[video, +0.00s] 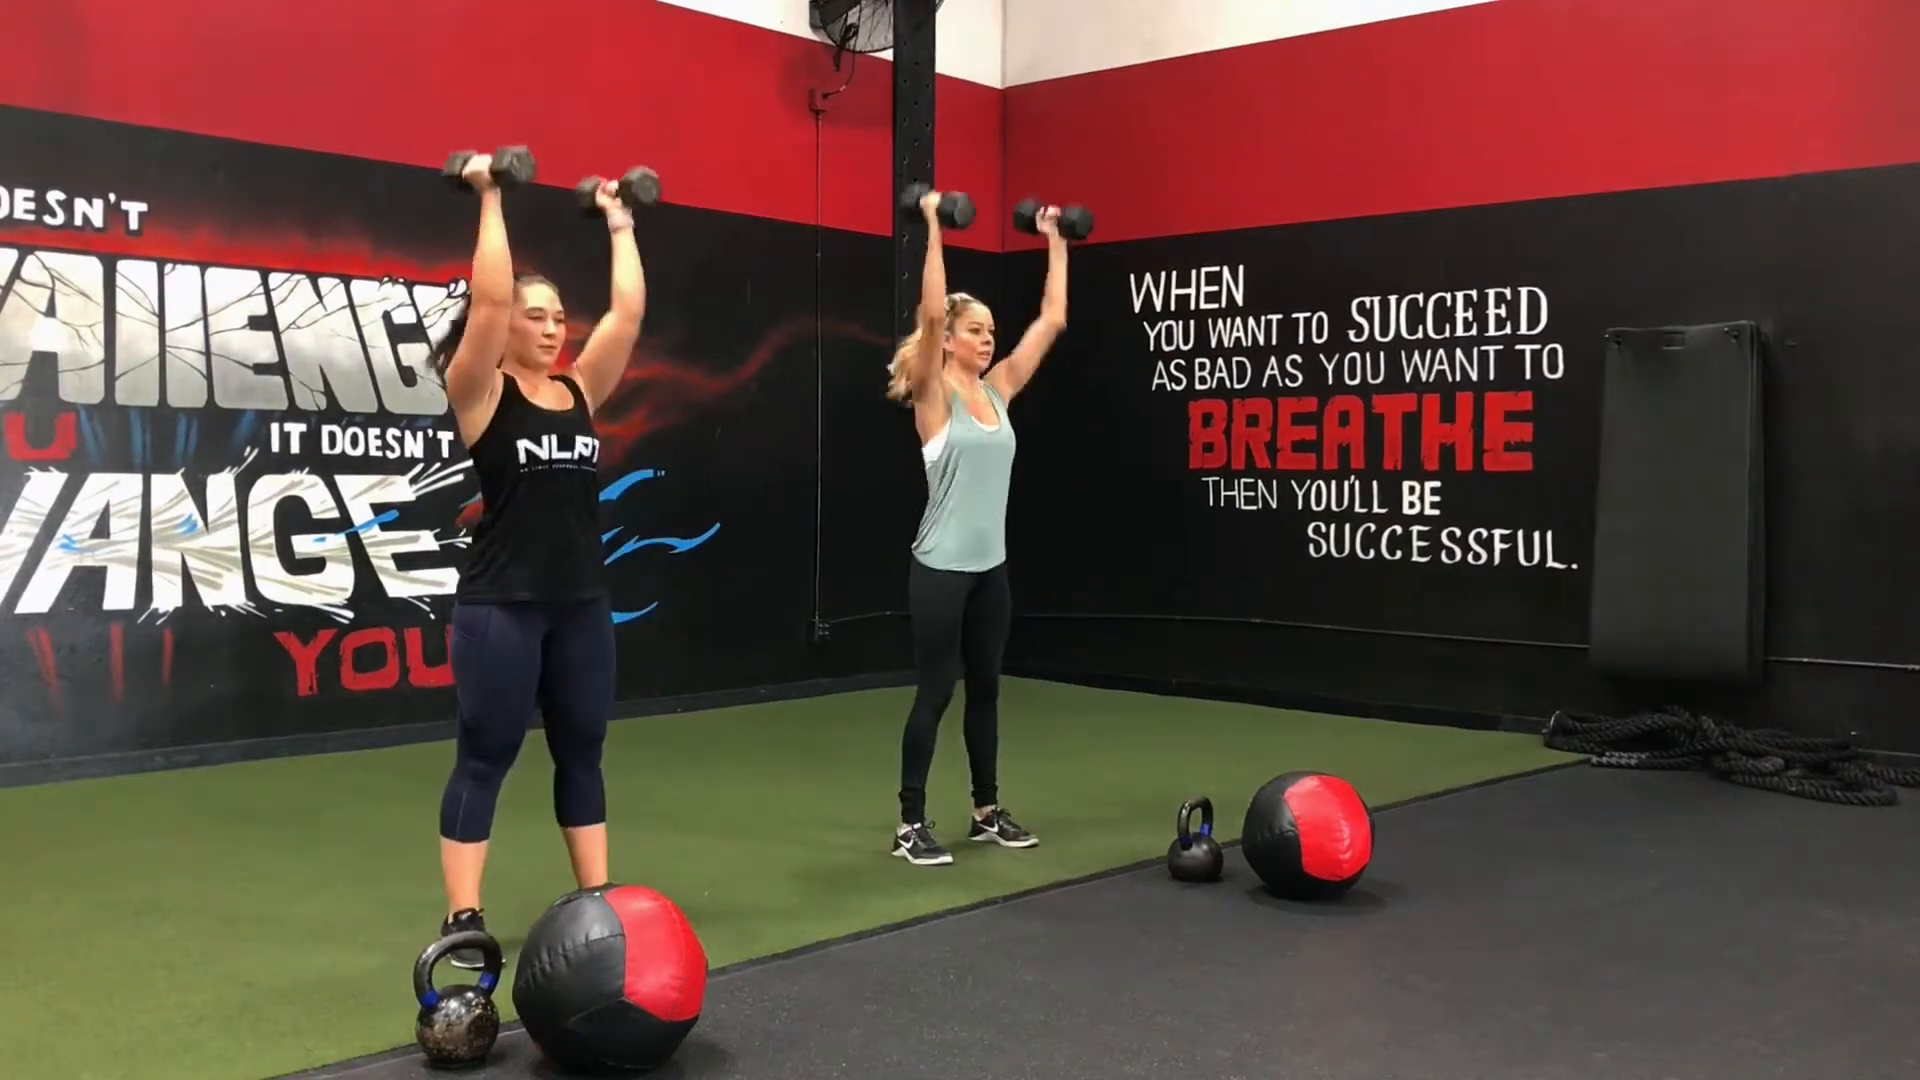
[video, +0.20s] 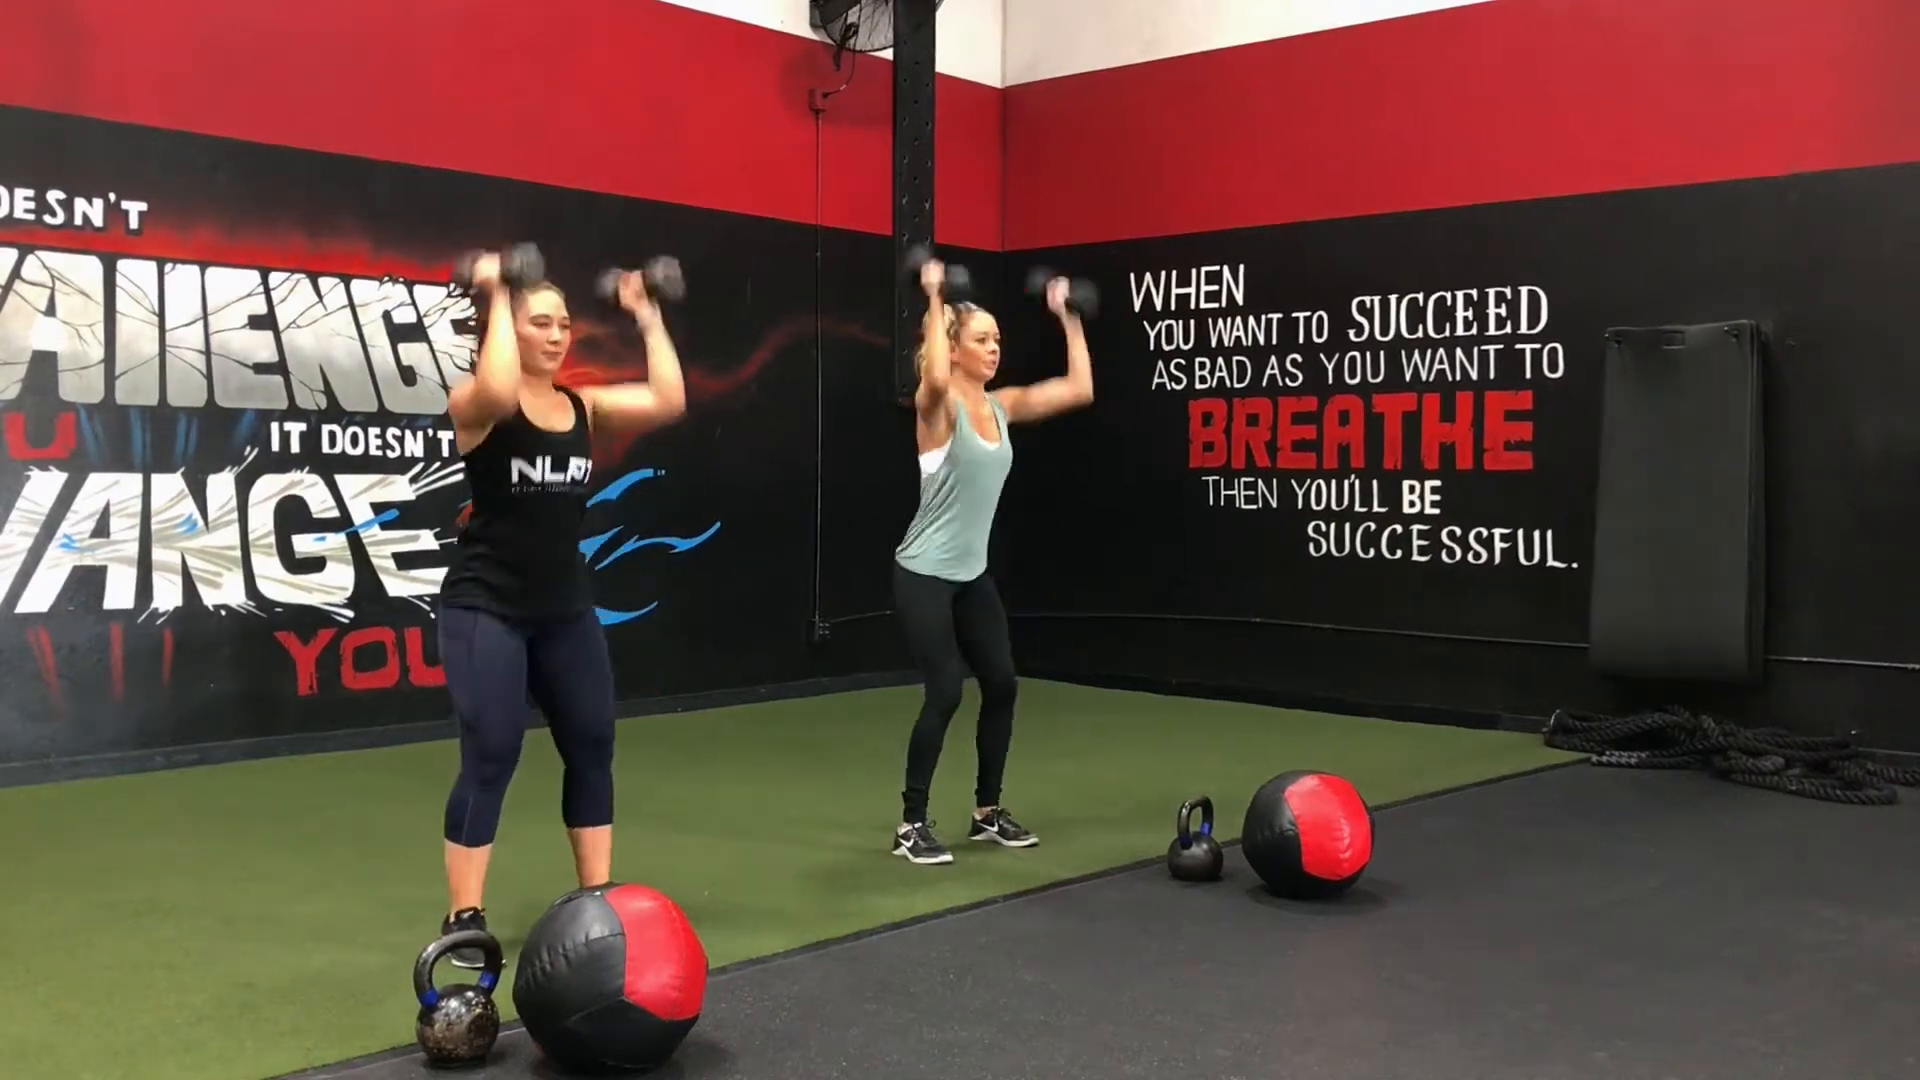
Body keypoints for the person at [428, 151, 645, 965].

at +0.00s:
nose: (554, 326)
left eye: (559, 315)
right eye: (537, 314)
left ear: (566, 325)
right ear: (499, 319)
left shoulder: (578, 388)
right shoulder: (477, 391)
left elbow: (628, 307)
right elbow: (492, 299)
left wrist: (618, 214)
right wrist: (491, 195)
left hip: (580, 606)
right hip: (500, 607)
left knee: (583, 753)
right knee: (485, 757)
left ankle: (598, 906)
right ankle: (464, 920)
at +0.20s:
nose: (556, 333)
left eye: (562, 321)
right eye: (541, 321)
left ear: (569, 330)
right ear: (507, 329)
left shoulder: (583, 404)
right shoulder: (476, 402)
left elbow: (667, 402)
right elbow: (498, 388)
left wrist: (646, 313)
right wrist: (495, 298)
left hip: (566, 609)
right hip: (485, 608)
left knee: (592, 741)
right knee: (491, 750)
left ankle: (597, 904)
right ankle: (465, 918)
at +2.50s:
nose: (566, 527)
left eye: (578, 515)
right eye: (556, 514)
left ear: (592, 521)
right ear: (532, 519)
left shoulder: (602, 575)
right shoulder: (491, 575)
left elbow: (634, 673)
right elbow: (507, 689)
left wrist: (652, 586)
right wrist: (515, 595)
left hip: (538, 716)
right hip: (452, 712)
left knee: (640, 764)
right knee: (492, 785)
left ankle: (598, 909)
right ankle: (464, 925)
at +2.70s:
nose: (565, 354)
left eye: (569, 341)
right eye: (552, 341)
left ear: (574, 348)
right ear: (515, 348)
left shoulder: (589, 418)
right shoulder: (483, 417)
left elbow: (671, 451)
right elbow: (503, 452)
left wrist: (650, 381)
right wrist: (507, 361)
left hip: (566, 606)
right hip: (482, 609)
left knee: (604, 742)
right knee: (491, 756)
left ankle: (598, 909)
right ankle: (465, 926)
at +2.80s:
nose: (552, 324)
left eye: (561, 313)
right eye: (537, 313)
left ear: (573, 326)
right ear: (505, 324)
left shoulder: (593, 392)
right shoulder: (484, 392)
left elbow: (648, 335)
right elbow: (501, 318)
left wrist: (637, 247)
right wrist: (503, 221)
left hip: (582, 603)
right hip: (498, 607)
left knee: (583, 758)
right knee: (486, 762)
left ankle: (599, 910)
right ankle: (466, 924)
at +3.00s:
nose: (559, 327)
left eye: (567, 316)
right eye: (543, 315)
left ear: (578, 328)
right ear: (509, 324)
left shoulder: (597, 396)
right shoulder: (489, 394)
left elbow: (663, 342)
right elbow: (497, 332)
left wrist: (642, 257)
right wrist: (506, 240)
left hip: (584, 603)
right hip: (496, 604)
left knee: (588, 756)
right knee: (487, 760)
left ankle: (598, 910)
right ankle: (466, 923)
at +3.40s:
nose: (576, 585)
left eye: (583, 572)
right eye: (564, 572)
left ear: (597, 576)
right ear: (537, 571)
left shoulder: (609, 614)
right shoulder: (493, 612)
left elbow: (631, 708)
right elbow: (507, 718)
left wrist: (651, 637)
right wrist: (521, 633)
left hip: (537, 730)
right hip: (449, 728)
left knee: (645, 764)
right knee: (495, 789)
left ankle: (598, 904)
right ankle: (466, 923)